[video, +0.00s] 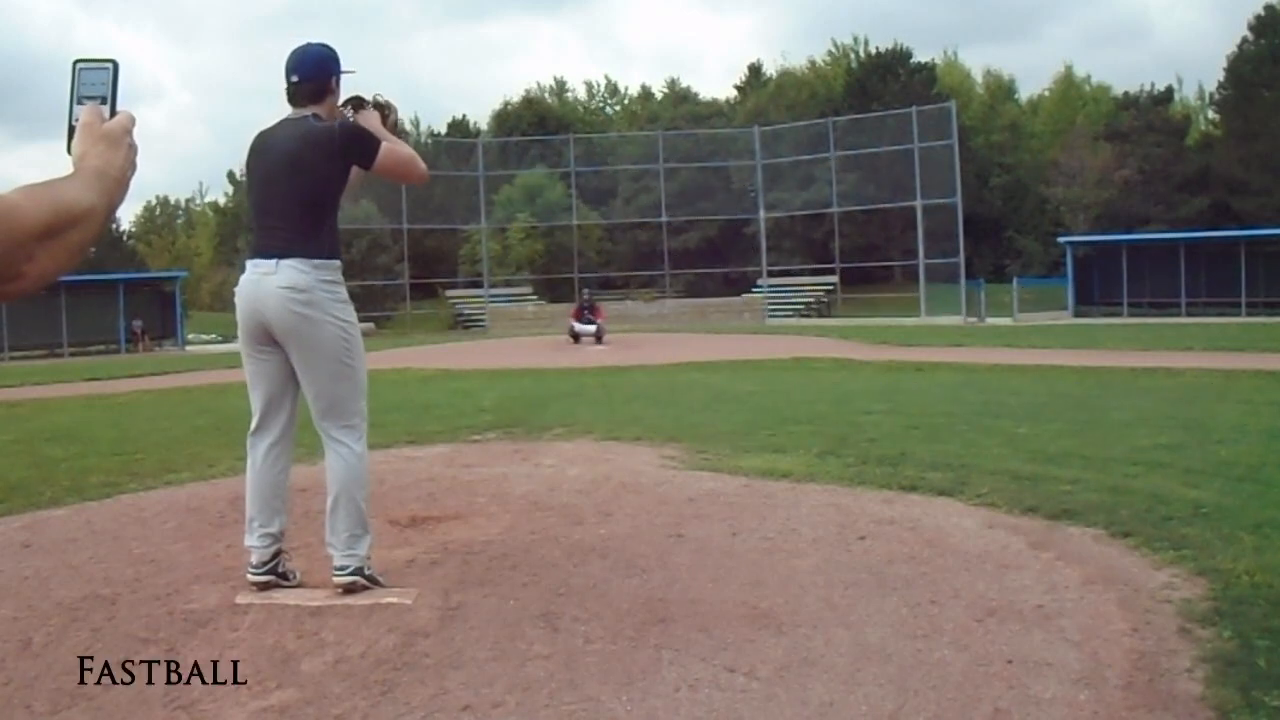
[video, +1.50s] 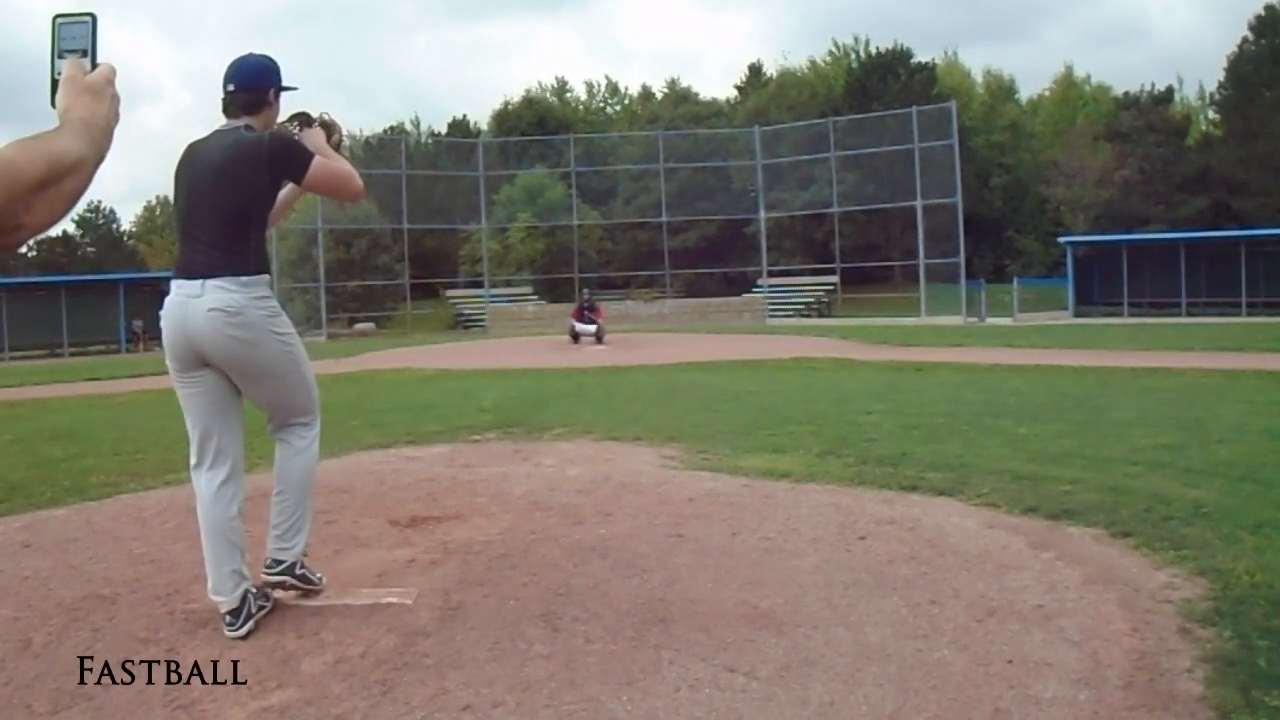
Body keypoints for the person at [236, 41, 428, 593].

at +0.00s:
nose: (340, 91)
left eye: (335, 83)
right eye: (339, 83)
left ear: (289, 89)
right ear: (333, 87)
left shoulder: (262, 142)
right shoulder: (337, 136)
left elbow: (330, 192)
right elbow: (415, 169)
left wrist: (357, 133)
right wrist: (376, 126)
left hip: (253, 287)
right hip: (310, 287)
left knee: (269, 428)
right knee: (343, 431)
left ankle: (264, 557)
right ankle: (350, 562)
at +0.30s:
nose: (355, 98)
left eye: (348, 89)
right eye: (355, 90)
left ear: (305, 94)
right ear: (350, 93)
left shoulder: (276, 144)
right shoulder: (356, 135)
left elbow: (338, 199)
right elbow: (431, 172)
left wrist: (370, 143)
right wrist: (391, 128)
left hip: (261, 291)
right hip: (319, 289)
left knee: (282, 425)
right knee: (350, 435)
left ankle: (262, 557)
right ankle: (350, 563)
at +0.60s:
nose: (351, 99)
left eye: (345, 91)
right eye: (352, 92)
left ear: (301, 95)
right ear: (347, 95)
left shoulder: (271, 144)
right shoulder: (348, 136)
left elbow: (326, 205)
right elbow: (424, 177)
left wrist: (367, 155)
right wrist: (388, 135)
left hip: (249, 294)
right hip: (308, 291)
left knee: (275, 433)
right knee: (344, 438)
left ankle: (244, 557)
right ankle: (351, 566)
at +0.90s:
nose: (318, 105)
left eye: (312, 97)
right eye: (318, 98)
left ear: (266, 101)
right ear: (312, 101)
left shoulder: (233, 153)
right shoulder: (314, 144)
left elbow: (290, 215)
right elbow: (390, 186)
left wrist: (331, 161)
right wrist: (355, 142)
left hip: (212, 302)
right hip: (275, 300)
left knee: (230, 460)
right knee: (324, 441)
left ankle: (239, 599)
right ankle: (349, 564)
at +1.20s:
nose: (289, 107)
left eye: (284, 98)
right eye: (289, 99)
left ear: (236, 100)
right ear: (281, 101)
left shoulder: (202, 152)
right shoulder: (282, 144)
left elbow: (263, 219)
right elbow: (357, 191)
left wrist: (304, 162)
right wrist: (328, 147)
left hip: (182, 305)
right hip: (244, 302)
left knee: (214, 461)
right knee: (302, 421)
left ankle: (234, 600)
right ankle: (304, 557)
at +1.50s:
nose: (279, 107)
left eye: (274, 98)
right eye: (280, 99)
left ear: (226, 100)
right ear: (272, 101)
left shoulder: (194, 153)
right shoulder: (273, 145)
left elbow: (259, 218)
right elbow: (352, 186)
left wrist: (300, 160)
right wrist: (321, 143)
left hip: (178, 310)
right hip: (239, 306)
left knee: (213, 462)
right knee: (297, 423)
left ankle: (234, 602)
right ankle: (286, 557)